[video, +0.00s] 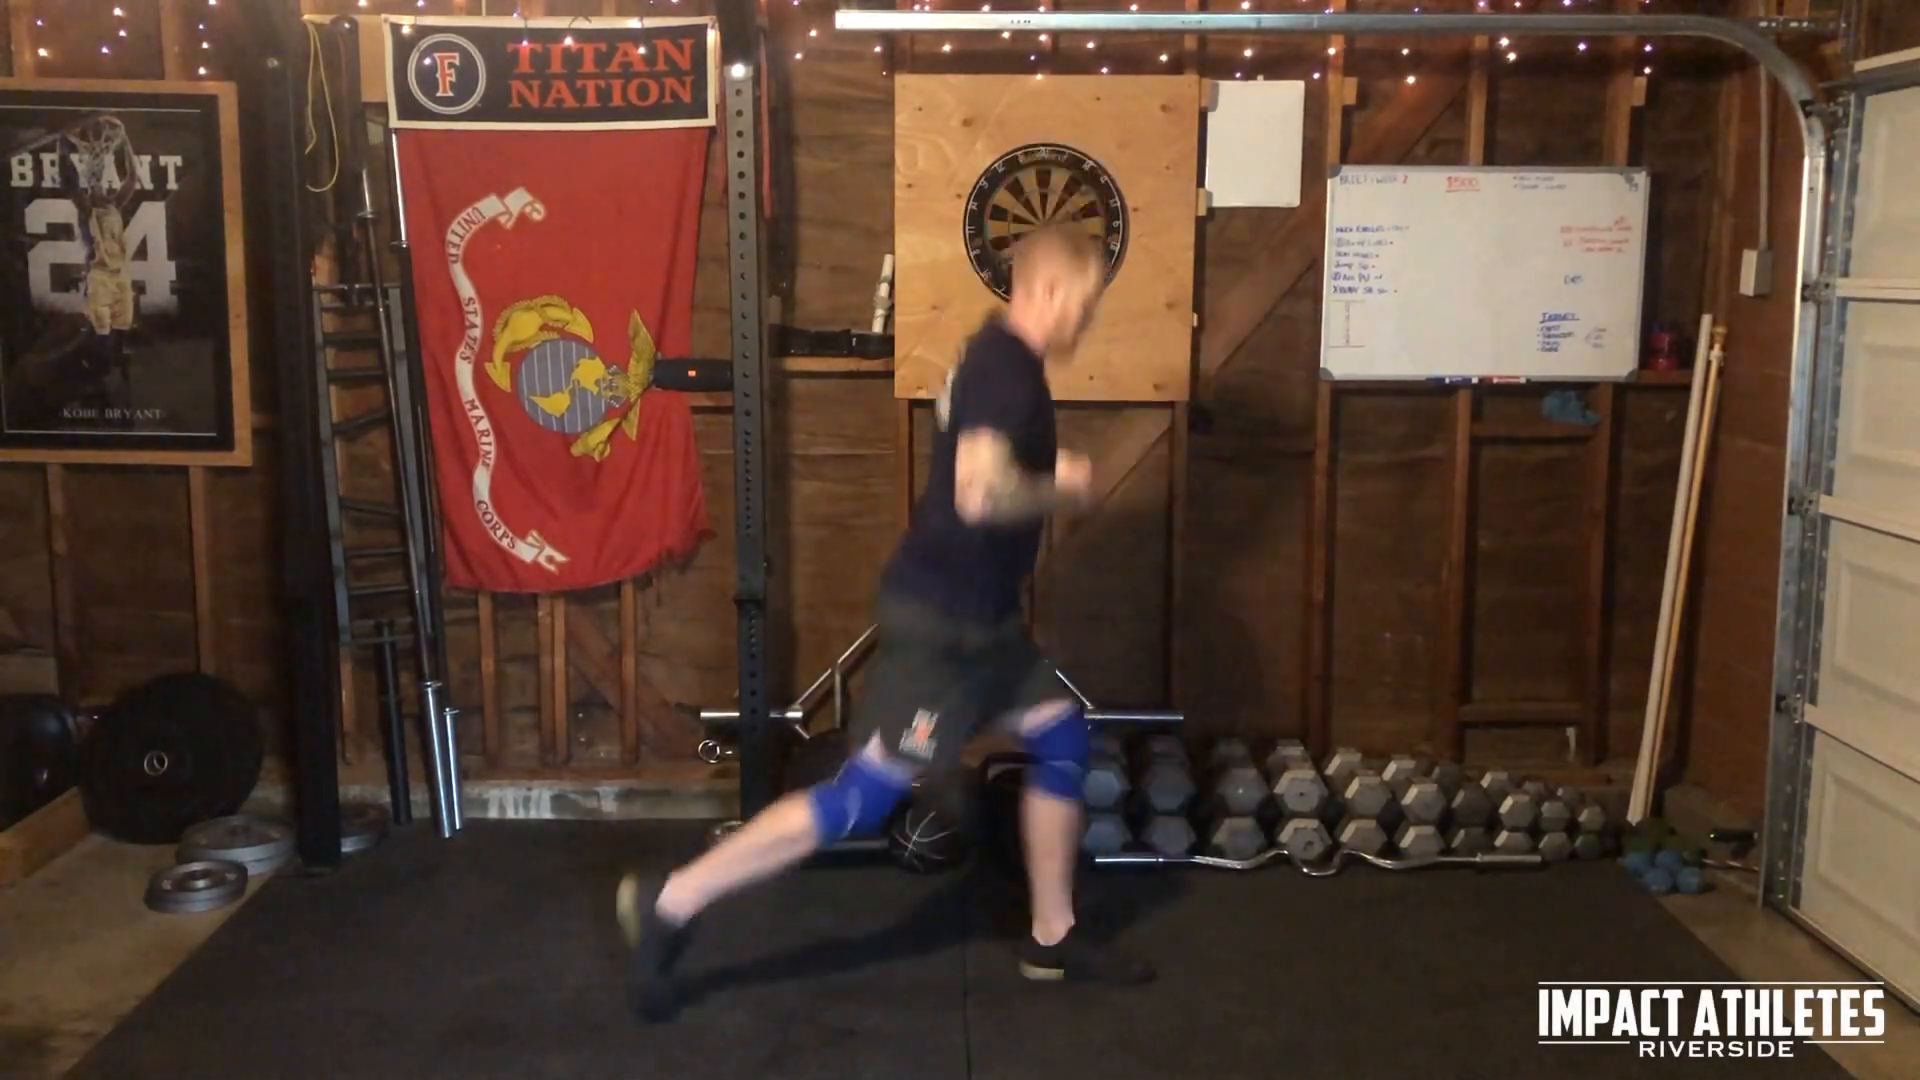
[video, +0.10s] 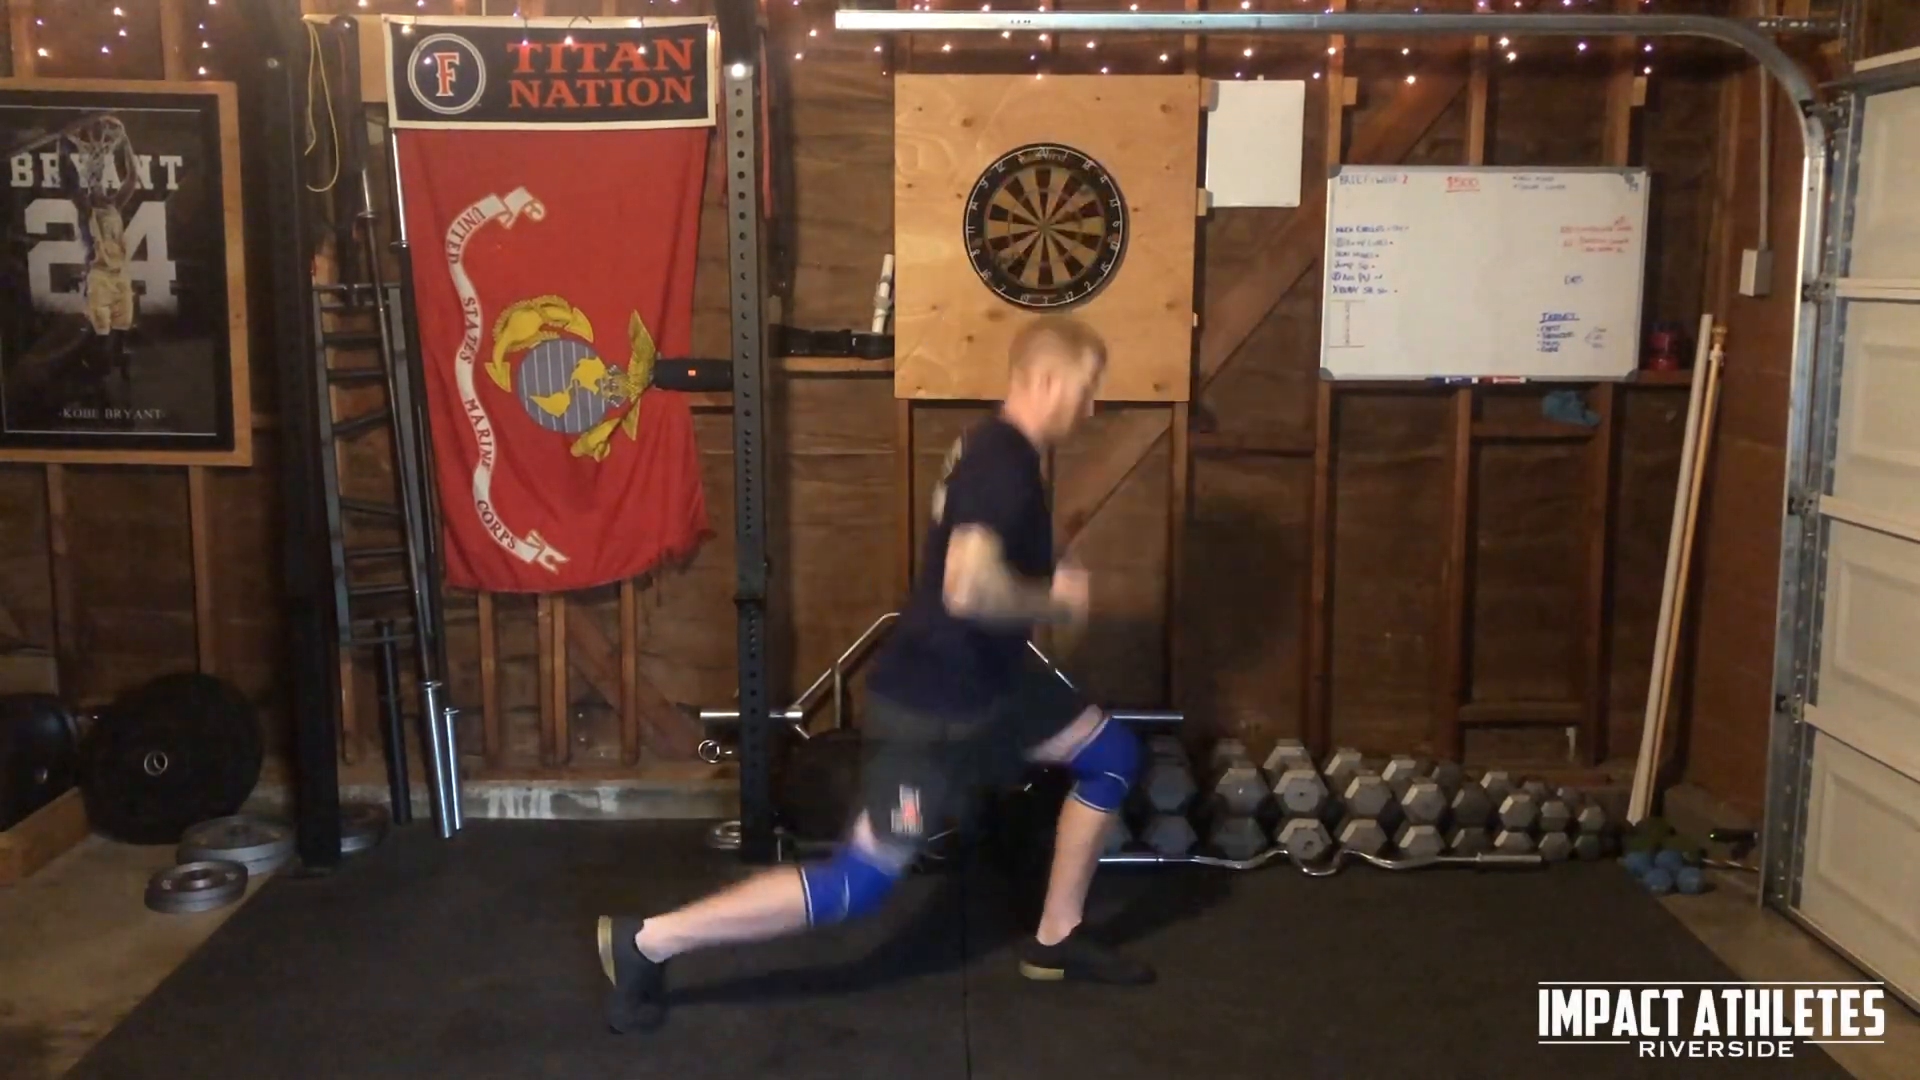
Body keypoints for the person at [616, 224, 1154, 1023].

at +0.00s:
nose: (1088, 317)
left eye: (1092, 300)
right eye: (1085, 299)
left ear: (1039, 286)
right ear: (1046, 288)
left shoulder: (1013, 362)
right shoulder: (1000, 362)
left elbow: (998, 476)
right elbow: (979, 492)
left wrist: (1049, 478)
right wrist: (1060, 484)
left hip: (984, 623)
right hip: (937, 622)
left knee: (1062, 737)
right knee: (863, 796)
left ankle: (1054, 937)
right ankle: (669, 899)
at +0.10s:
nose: (1091, 406)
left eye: (1093, 391)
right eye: (1086, 390)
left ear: (1032, 382)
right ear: (1041, 382)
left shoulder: (1010, 448)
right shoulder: (1002, 456)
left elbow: (977, 561)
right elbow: (967, 587)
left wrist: (1045, 580)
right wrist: (1052, 596)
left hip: (992, 673)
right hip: (932, 688)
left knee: (1109, 758)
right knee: (856, 883)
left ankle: (1058, 935)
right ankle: (643, 942)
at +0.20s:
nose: (1082, 467)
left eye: (1083, 453)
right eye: (1077, 452)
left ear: (1028, 442)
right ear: (1042, 447)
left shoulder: (1006, 515)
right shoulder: (997, 527)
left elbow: (988, 616)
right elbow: (948, 655)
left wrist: (1049, 632)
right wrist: (1041, 690)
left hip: (988, 742)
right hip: (926, 764)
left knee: (1122, 761)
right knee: (862, 953)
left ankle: (1056, 939)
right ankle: (647, 947)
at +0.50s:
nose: (1065, 439)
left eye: (1065, 425)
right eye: (1058, 424)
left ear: (1010, 425)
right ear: (1014, 425)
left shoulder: (999, 501)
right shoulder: (983, 508)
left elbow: (1009, 588)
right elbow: (984, 639)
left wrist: (1059, 589)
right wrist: (1079, 619)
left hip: (994, 715)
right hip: (925, 744)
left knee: (1119, 763)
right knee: (849, 929)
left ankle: (1058, 940)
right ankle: (629, 945)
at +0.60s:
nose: (1065, 350)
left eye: (1067, 334)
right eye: (1059, 333)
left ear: (1013, 330)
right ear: (1018, 330)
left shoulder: (1003, 412)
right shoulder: (987, 413)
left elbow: (994, 522)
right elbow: (1002, 537)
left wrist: (1060, 501)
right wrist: (1076, 504)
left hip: (994, 654)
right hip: (928, 659)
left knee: (1095, 754)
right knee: (860, 828)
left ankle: (1059, 937)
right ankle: (656, 941)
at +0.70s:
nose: (1083, 267)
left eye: (1089, 251)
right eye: (1079, 247)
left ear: (1017, 238)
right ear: (1031, 238)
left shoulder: (1001, 312)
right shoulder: (994, 314)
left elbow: (953, 384)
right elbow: (990, 438)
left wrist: (1050, 419)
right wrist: (1069, 434)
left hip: (976, 565)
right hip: (933, 568)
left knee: (1030, 722)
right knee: (909, 761)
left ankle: (1018, 910)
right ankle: (739, 900)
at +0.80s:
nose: (1086, 235)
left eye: (1091, 220)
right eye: (1084, 214)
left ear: (1030, 196)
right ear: (1039, 195)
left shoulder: (1003, 272)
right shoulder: (996, 273)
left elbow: (981, 384)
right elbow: (968, 392)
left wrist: (1045, 389)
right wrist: (1056, 405)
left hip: (949, 523)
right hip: (936, 528)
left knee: (968, 700)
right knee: (979, 706)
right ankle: (858, 900)